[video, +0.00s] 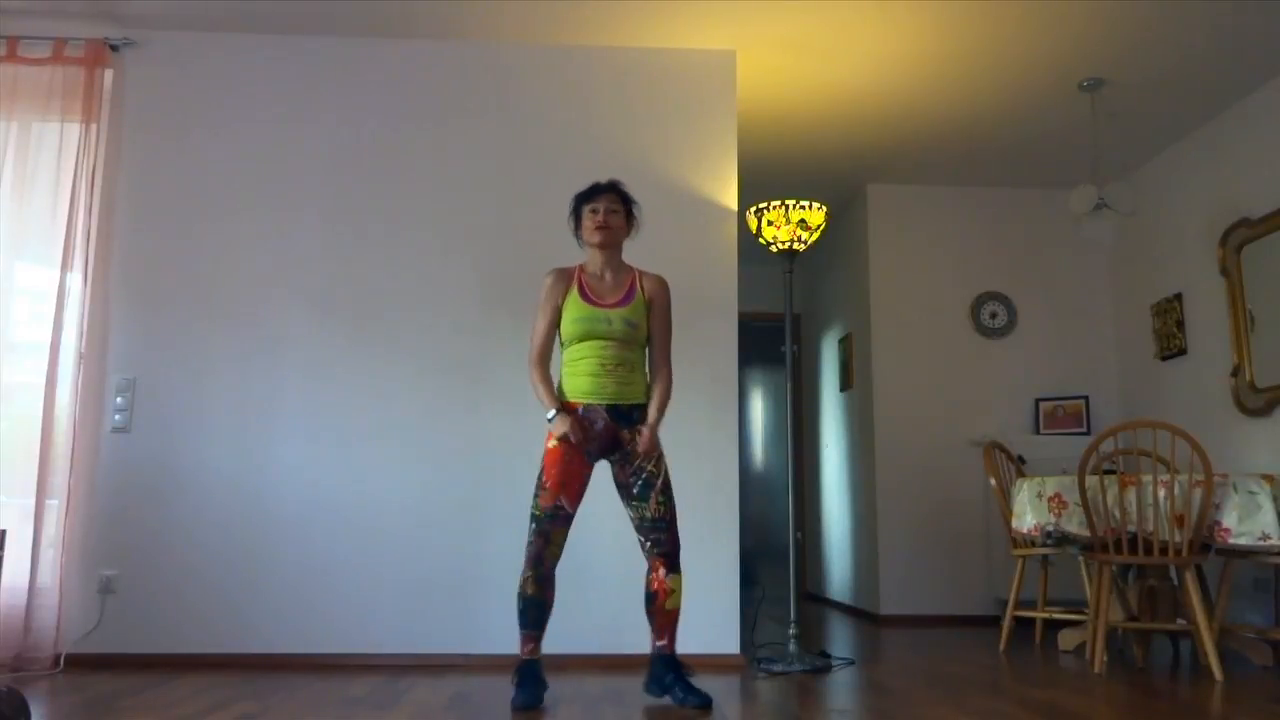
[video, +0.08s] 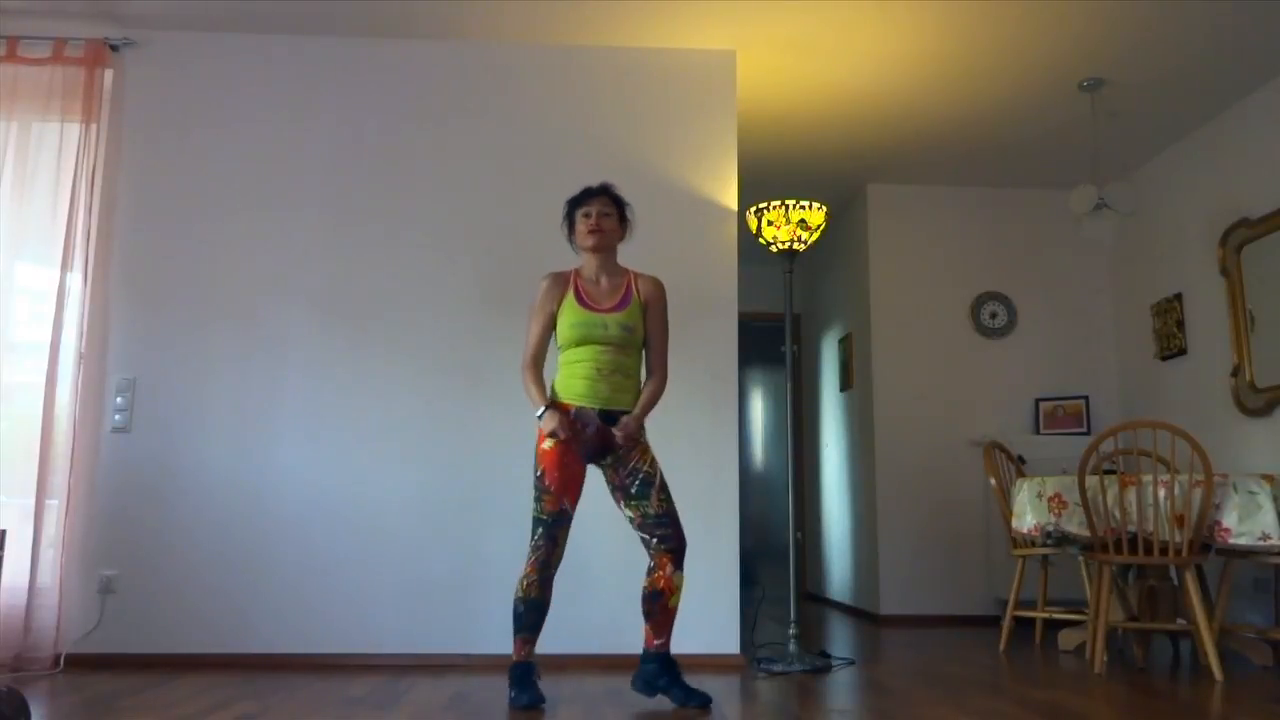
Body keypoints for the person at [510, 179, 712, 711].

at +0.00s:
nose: (601, 218)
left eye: (611, 212)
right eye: (592, 211)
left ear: (629, 224)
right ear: (578, 224)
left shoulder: (652, 286)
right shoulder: (563, 283)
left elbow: (661, 368)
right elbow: (537, 359)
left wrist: (652, 424)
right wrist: (555, 413)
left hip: (633, 426)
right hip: (574, 424)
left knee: (664, 546)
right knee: (543, 543)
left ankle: (664, 666)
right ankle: (528, 667)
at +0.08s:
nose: (595, 222)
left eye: (605, 216)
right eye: (586, 216)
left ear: (623, 228)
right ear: (572, 230)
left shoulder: (647, 289)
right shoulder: (558, 286)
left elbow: (657, 373)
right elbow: (531, 363)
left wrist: (636, 418)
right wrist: (545, 408)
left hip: (622, 431)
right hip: (565, 428)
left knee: (668, 542)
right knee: (546, 546)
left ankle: (655, 664)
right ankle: (522, 670)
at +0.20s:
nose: (589, 233)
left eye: (599, 226)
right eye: (579, 227)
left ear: (617, 240)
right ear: (566, 243)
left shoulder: (644, 301)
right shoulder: (554, 304)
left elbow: (654, 386)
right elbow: (538, 378)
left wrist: (624, 430)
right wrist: (525, 430)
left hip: (615, 437)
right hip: (558, 433)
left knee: (678, 540)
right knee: (544, 548)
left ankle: (667, 657)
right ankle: (524, 671)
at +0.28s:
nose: (591, 230)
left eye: (601, 224)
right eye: (582, 225)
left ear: (618, 237)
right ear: (568, 241)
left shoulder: (647, 296)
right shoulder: (557, 301)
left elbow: (662, 378)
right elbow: (543, 372)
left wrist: (635, 423)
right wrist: (526, 417)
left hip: (624, 433)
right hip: (566, 430)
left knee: (678, 542)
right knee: (550, 546)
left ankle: (677, 658)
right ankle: (525, 669)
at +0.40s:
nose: (603, 221)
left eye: (613, 214)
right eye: (594, 215)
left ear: (631, 228)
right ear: (581, 231)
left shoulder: (658, 287)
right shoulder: (568, 289)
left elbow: (683, 367)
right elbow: (554, 359)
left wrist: (662, 404)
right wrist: (546, 393)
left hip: (649, 425)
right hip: (587, 426)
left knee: (675, 543)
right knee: (561, 544)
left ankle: (692, 662)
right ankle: (540, 668)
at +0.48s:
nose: (617, 222)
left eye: (627, 216)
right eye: (608, 217)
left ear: (643, 230)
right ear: (593, 232)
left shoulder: (668, 290)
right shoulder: (578, 291)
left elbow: (693, 368)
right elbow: (564, 359)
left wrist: (677, 401)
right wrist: (561, 393)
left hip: (661, 427)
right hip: (602, 428)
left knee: (679, 549)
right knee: (562, 545)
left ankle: (701, 665)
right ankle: (558, 669)